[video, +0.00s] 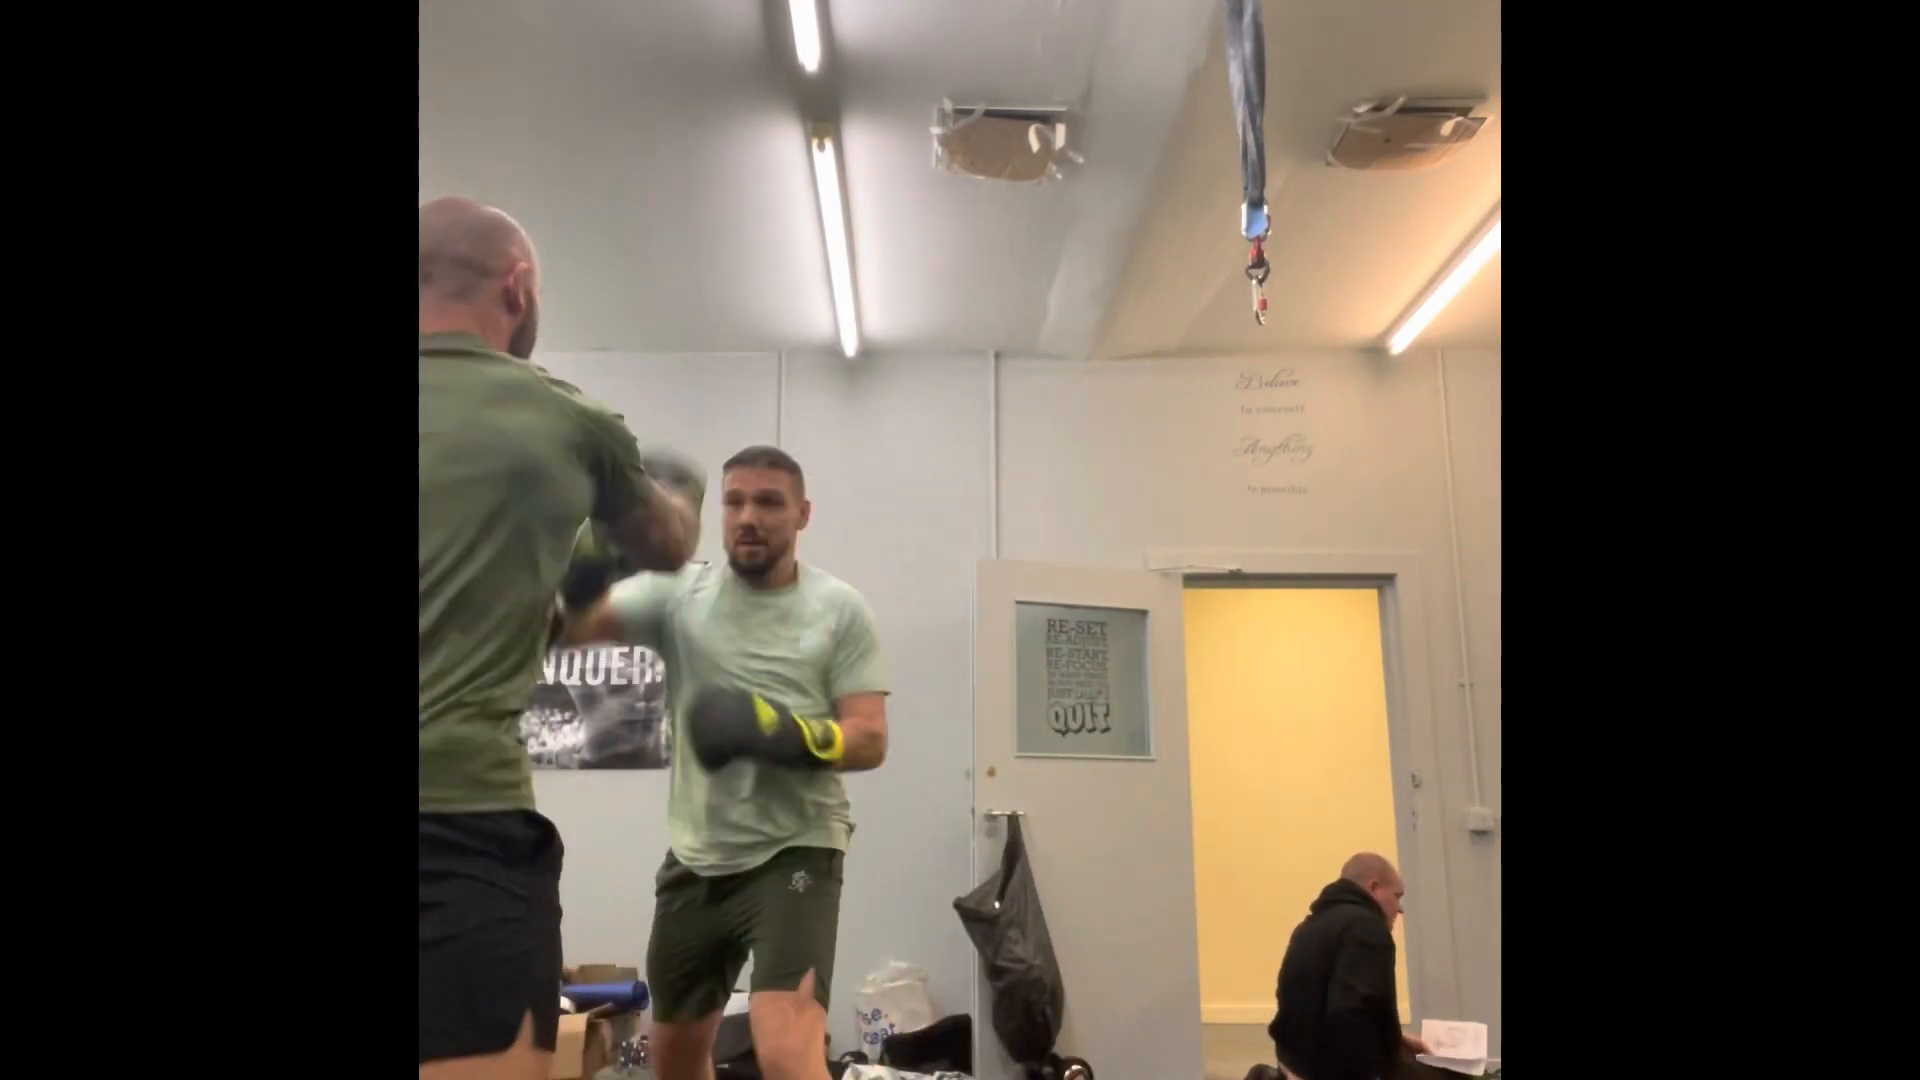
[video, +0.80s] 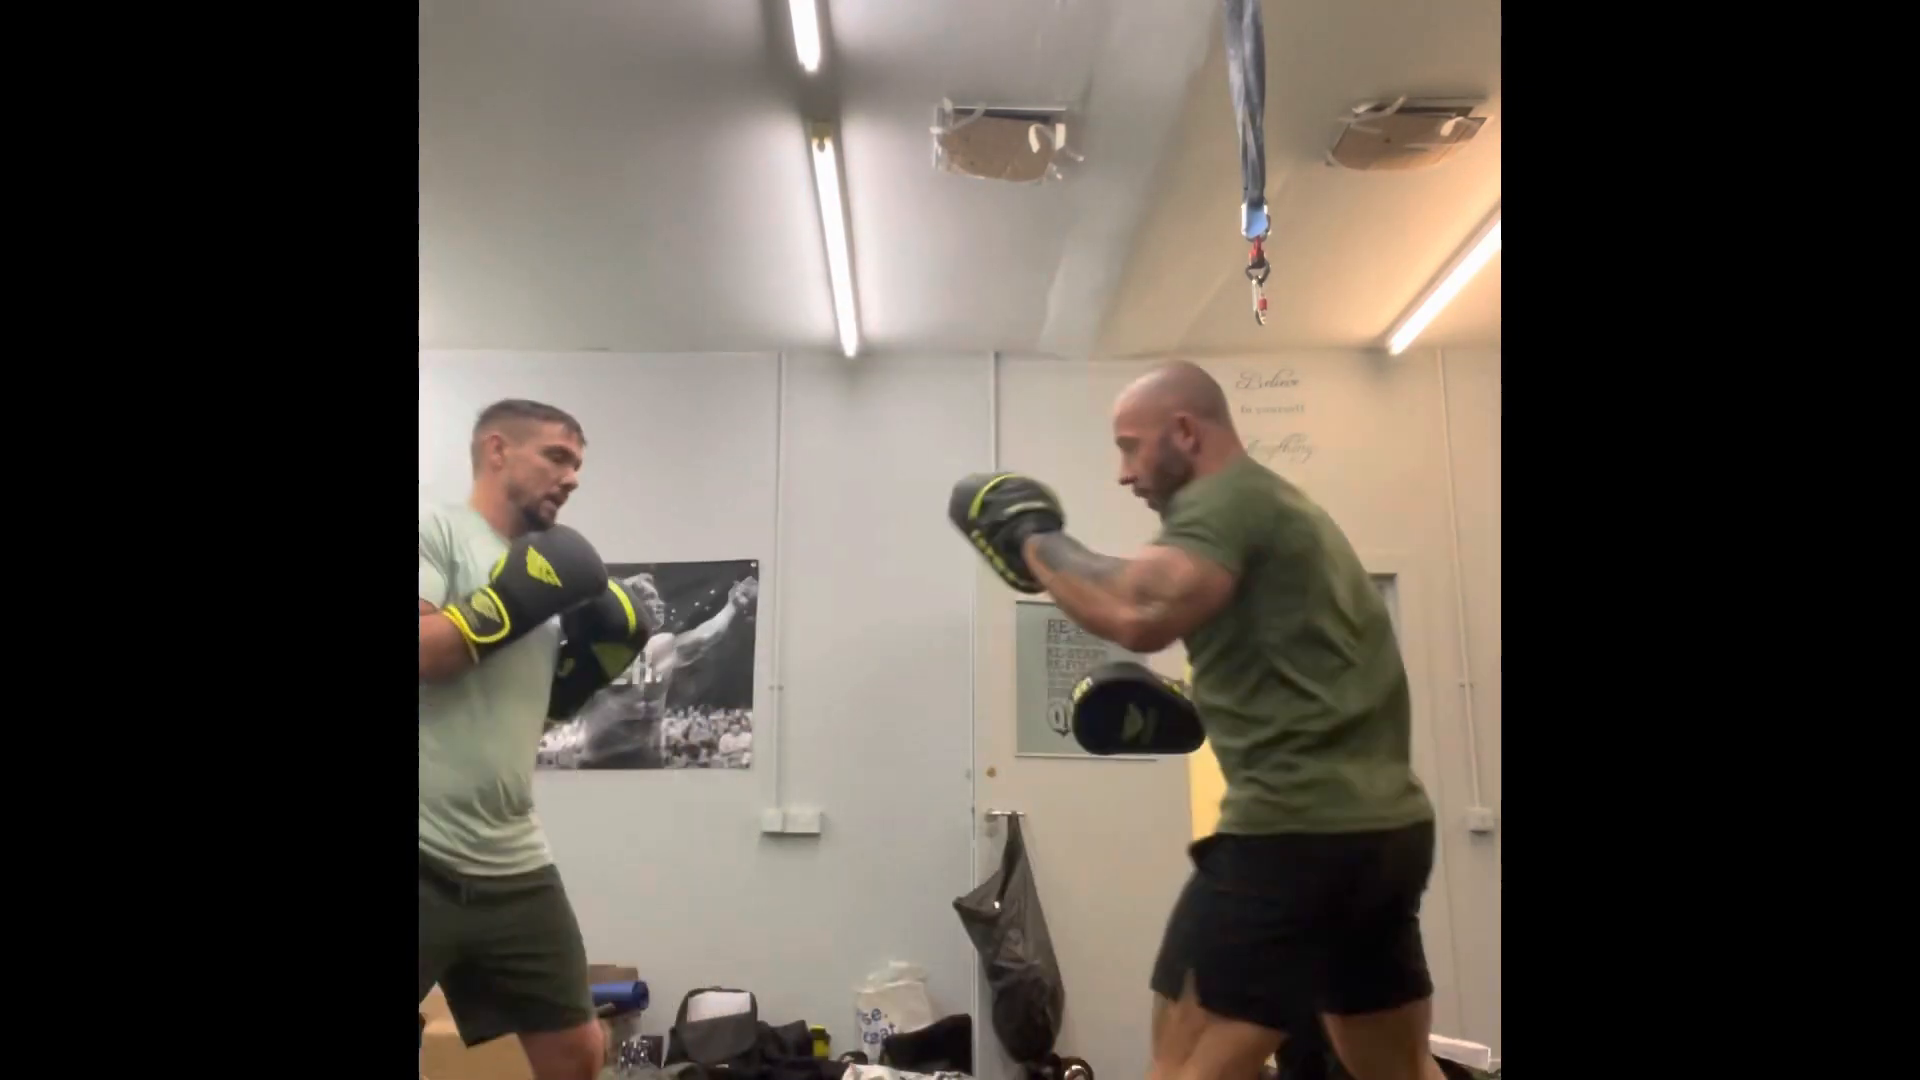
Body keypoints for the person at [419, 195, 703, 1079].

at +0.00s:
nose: (540, 305)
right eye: (539, 288)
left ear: (421, 286)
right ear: (518, 285)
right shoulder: (550, 413)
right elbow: (667, 541)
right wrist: (662, 494)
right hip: (461, 815)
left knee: (517, 1047)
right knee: (478, 1061)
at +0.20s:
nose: (643, 279)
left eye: (643, 257)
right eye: (646, 254)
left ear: (512, 232)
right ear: (618, 236)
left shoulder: (428, 343)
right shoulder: (624, 344)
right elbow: (732, 527)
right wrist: (772, 480)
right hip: (513, 796)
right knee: (541, 1058)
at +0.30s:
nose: (723, 296)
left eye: (722, 277)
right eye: (726, 274)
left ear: (599, 248)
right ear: (704, 250)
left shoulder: (467, 363)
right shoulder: (675, 333)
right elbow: (703, 552)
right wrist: (785, 525)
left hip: (427, 772)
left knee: (426, 1053)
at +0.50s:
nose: (725, 511)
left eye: (741, 498)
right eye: (708, 487)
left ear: (760, 516)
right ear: (682, 497)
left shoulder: (775, 606)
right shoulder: (615, 586)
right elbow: (549, 703)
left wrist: (769, 671)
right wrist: (597, 681)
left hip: (724, 886)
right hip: (609, 871)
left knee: (733, 1067)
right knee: (546, 1061)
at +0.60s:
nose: (737, 471)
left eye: (749, 464)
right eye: (726, 451)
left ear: (752, 478)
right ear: (679, 442)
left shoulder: (737, 572)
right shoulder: (591, 517)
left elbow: (739, 709)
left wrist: (742, 646)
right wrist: (585, 619)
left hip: (671, 818)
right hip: (556, 793)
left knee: (696, 1019)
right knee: (484, 1004)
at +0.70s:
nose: (655, 491)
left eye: (663, 481)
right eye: (641, 472)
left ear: (666, 491)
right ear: (586, 467)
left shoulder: (649, 594)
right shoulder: (512, 554)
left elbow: (651, 745)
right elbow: (456, 688)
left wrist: (683, 681)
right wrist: (567, 636)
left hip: (616, 857)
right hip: (502, 836)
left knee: (655, 1051)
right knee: (423, 1036)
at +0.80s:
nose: (572, 479)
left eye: (576, 467)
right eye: (557, 458)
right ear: (495, 449)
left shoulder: (533, 570)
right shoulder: (434, 530)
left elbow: (516, 715)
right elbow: (426, 654)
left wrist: (588, 668)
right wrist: (509, 603)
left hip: (516, 862)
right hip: (427, 858)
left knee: (574, 1054)